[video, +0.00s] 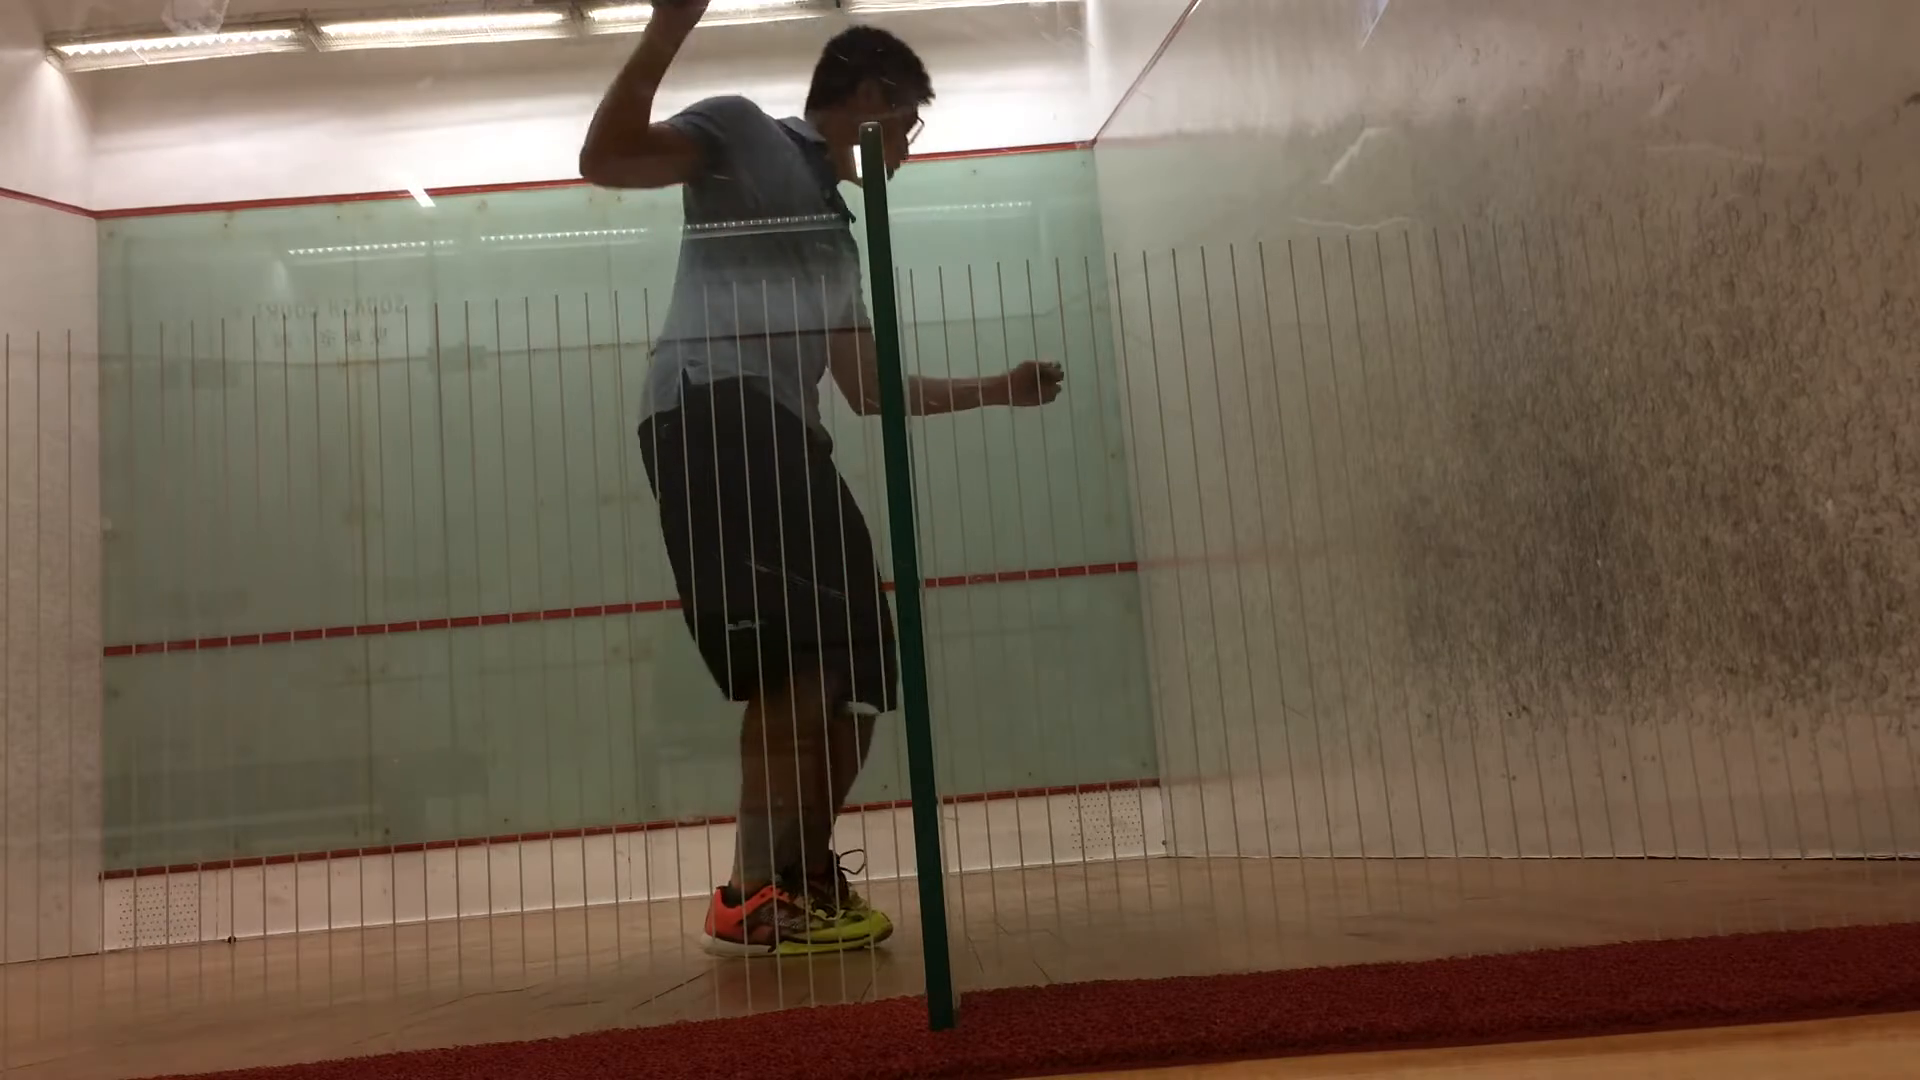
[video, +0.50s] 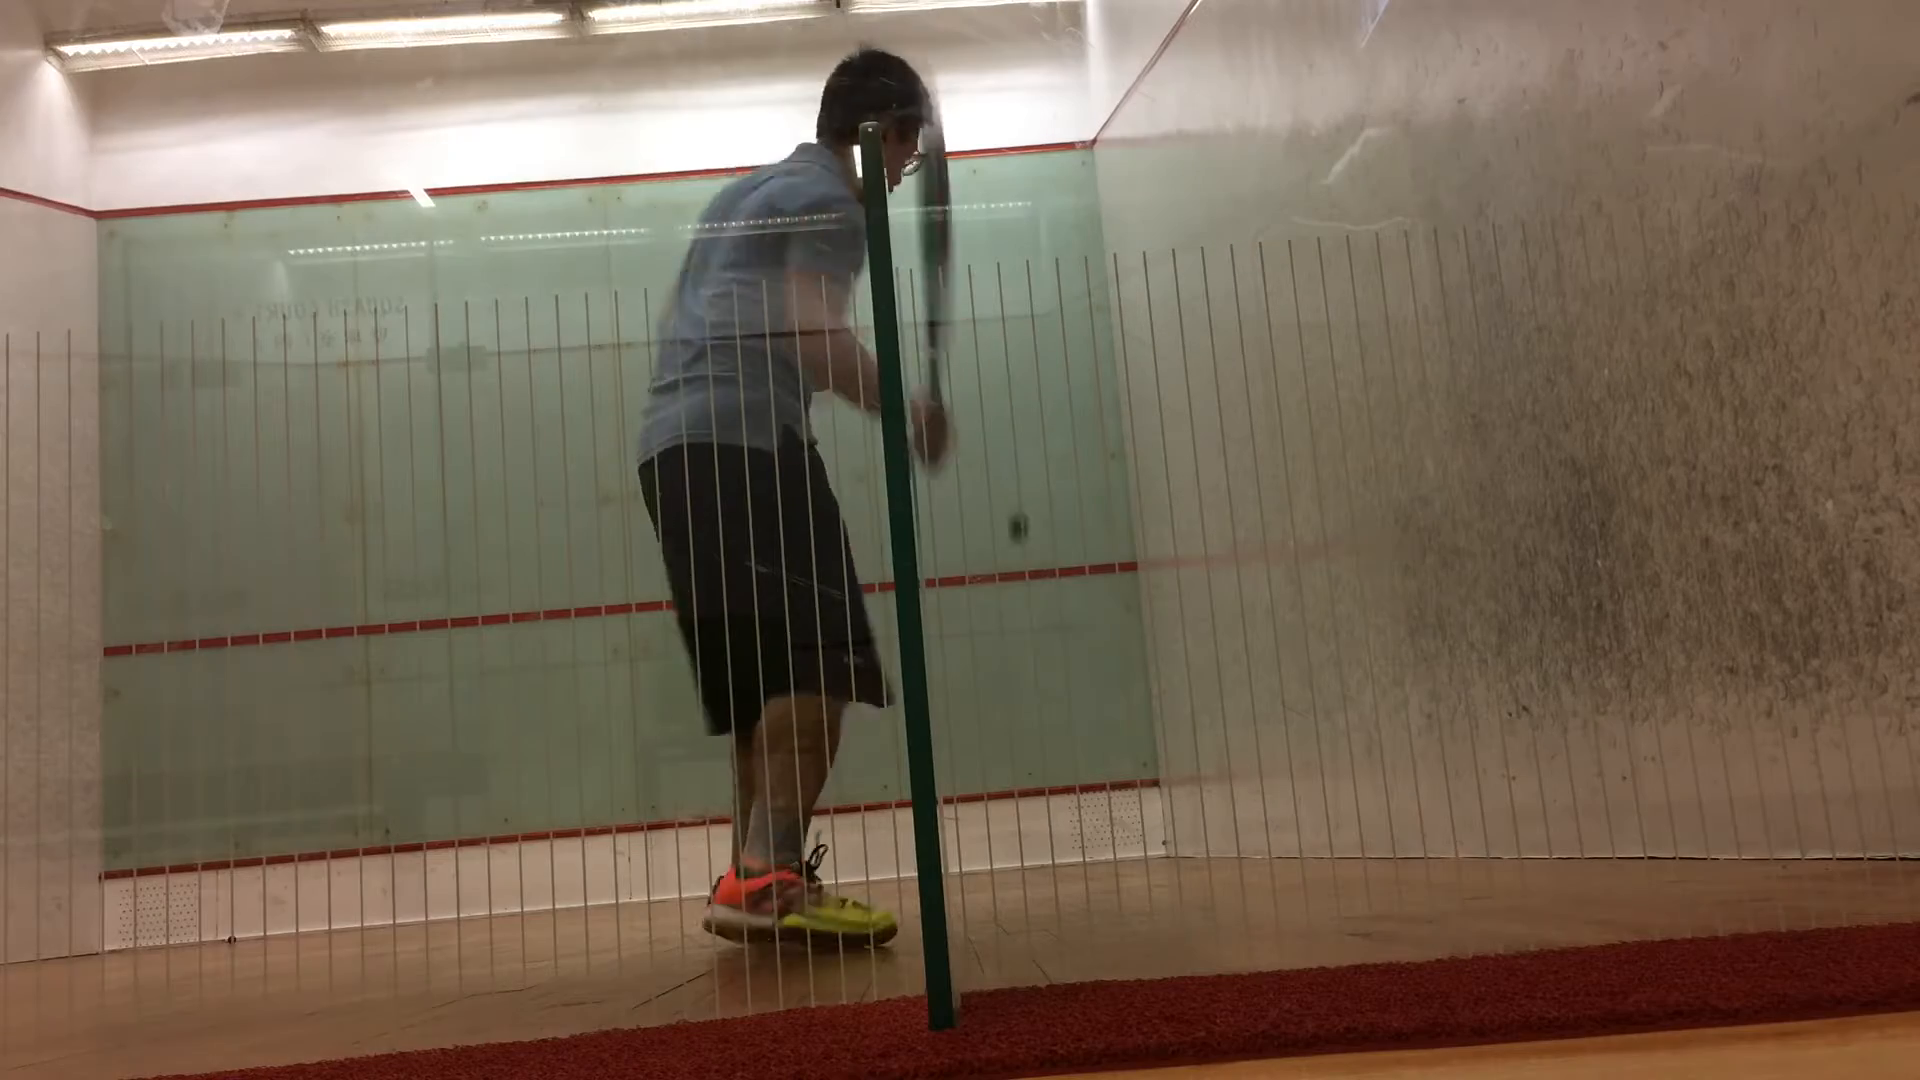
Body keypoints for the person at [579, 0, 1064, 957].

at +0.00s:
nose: (904, 139)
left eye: (912, 123)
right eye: (899, 113)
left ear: (876, 121)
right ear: (849, 95)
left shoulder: (830, 237)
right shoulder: (753, 132)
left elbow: (870, 387)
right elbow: (607, 155)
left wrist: (997, 390)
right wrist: (668, 27)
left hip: (775, 424)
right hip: (710, 409)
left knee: (862, 649)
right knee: (791, 649)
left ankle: (805, 873)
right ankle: (755, 887)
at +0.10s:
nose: (914, 158)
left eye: (920, 141)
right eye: (913, 133)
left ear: (871, 124)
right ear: (866, 110)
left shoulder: (829, 246)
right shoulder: (756, 145)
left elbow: (871, 393)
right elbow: (615, 188)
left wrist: (999, 395)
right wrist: (679, 51)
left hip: (771, 436)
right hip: (709, 419)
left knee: (875, 658)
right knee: (820, 650)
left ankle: (805, 876)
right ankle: (755, 887)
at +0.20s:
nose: (920, 161)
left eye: (925, 142)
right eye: (916, 137)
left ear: (870, 127)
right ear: (871, 119)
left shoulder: (825, 238)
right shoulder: (774, 158)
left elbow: (860, 387)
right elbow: (639, 209)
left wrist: (993, 387)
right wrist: (722, 101)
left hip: (763, 433)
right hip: (712, 422)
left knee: (874, 659)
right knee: (838, 648)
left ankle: (798, 878)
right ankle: (757, 887)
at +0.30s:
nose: (921, 158)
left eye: (923, 141)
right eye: (916, 138)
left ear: (871, 131)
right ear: (871, 128)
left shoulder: (820, 213)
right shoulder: (774, 160)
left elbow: (816, 372)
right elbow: (678, 235)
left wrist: (954, 368)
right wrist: (788, 167)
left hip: (761, 433)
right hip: (715, 428)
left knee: (855, 652)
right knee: (841, 649)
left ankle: (775, 876)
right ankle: (756, 882)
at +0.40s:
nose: (917, 159)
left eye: (921, 141)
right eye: (912, 137)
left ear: (859, 130)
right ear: (870, 127)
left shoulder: (817, 219)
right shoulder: (807, 173)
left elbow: (781, 368)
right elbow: (735, 261)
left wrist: (885, 358)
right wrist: (841, 291)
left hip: (717, 443)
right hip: (728, 435)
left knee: (807, 664)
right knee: (849, 654)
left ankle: (756, 879)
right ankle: (766, 883)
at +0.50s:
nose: (908, 163)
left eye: (914, 147)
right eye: (907, 142)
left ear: (829, 123)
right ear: (871, 127)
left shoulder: (748, 193)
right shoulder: (826, 191)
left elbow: (769, 341)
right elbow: (811, 329)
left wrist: (878, 397)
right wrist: (904, 406)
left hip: (680, 445)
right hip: (744, 441)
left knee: (764, 662)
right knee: (828, 652)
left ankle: (754, 873)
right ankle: (773, 873)